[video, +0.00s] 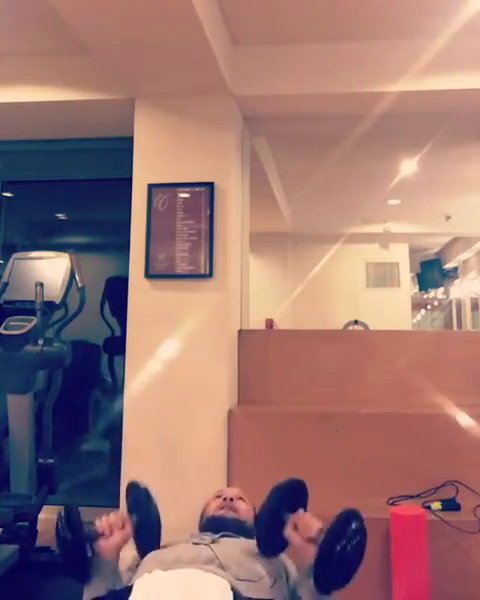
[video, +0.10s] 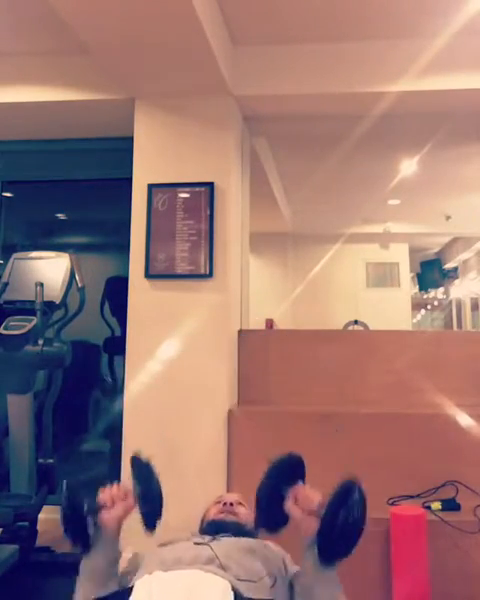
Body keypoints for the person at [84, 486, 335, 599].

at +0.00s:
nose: (228, 498)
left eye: (240, 498)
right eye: (219, 497)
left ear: (254, 518)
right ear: (201, 517)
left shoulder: (269, 551)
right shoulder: (156, 554)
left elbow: (307, 595)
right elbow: (108, 595)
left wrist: (308, 565)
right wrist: (107, 559)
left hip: (218, 588)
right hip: (148, 588)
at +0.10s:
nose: (229, 502)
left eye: (240, 503)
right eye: (219, 501)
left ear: (254, 523)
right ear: (201, 522)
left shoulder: (271, 553)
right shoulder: (153, 555)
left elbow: (315, 595)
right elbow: (94, 595)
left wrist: (314, 541)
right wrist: (107, 532)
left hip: (221, 589)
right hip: (150, 589)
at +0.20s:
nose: (227, 507)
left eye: (238, 508)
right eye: (220, 507)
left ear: (255, 530)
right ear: (202, 524)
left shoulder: (273, 552)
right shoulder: (159, 549)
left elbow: (330, 593)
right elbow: (85, 593)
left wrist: (311, 505)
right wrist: (112, 496)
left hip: (227, 590)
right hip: (153, 587)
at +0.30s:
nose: (228, 512)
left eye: (239, 513)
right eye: (220, 511)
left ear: (258, 532)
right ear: (202, 528)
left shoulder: (274, 552)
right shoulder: (158, 552)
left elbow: (334, 579)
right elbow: (92, 565)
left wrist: (306, 465)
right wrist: (122, 461)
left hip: (224, 591)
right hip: (152, 589)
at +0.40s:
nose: (229, 515)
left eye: (241, 516)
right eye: (221, 514)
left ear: (260, 533)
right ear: (204, 528)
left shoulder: (280, 559)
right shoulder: (150, 549)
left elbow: (319, 527)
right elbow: (106, 516)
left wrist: (292, 431)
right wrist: (135, 423)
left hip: (221, 590)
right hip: (149, 588)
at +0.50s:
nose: (231, 516)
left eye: (243, 517)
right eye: (223, 515)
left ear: (260, 533)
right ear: (207, 526)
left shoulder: (284, 563)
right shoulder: (150, 545)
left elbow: (304, 502)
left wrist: (282, 407)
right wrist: (148, 395)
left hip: (219, 588)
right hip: (143, 588)